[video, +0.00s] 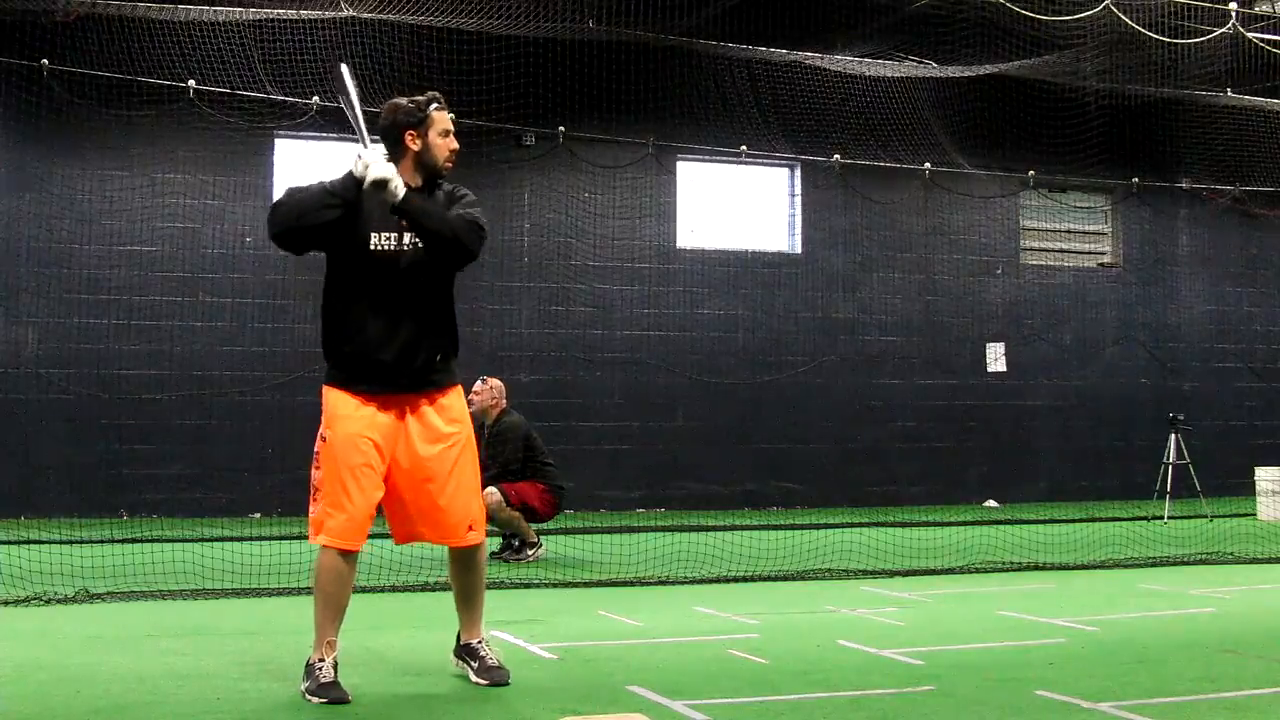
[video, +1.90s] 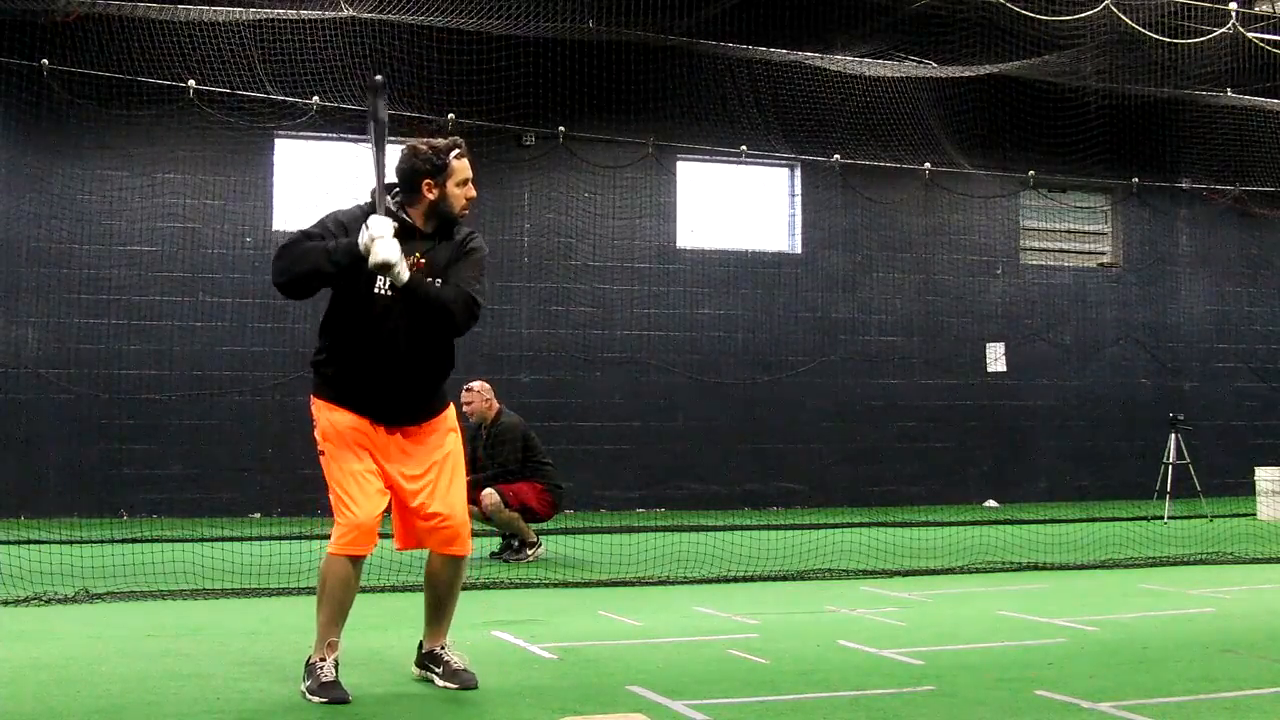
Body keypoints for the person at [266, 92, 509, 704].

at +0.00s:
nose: (456, 143)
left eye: (455, 134)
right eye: (448, 134)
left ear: (421, 139)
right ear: (412, 139)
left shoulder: (453, 199)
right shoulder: (350, 200)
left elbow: (465, 243)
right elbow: (282, 223)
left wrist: (395, 191)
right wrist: (358, 184)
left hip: (436, 393)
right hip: (356, 393)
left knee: (467, 527)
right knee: (342, 532)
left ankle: (472, 641)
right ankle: (323, 658)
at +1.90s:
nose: (472, 192)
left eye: (473, 182)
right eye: (464, 183)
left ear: (440, 187)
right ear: (429, 187)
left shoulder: (462, 244)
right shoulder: (360, 222)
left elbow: (460, 313)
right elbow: (287, 272)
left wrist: (406, 275)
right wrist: (358, 245)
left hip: (428, 416)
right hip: (349, 411)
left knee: (451, 532)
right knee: (358, 525)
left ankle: (434, 650)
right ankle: (323, 659)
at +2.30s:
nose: (486, 216)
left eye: (486, 205)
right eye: (476, 206)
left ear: (450, 208)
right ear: (439, 209)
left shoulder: (474, 264)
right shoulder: (376, 234)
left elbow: (442, 338)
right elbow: (285, 255)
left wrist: (354, 320)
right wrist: (322, 273)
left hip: (449, 409)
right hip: (365, 416)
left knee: (519, 494)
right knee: (356, 530)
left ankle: (511, 619)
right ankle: (325, 659)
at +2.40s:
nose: (494, 225)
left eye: (494, 213)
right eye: (484, 215)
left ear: (471, 215)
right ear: (446, 218)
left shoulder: (484, 275)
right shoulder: (386, 244)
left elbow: (430, 331)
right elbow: (292, 240)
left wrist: (346, 292)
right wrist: (328, 244)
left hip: (470, 418)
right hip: (385, 423)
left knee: (541, 515)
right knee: (366, 533)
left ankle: (548, 641)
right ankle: (324, 658)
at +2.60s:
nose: (512, 232)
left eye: (512, 222)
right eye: (503, 225)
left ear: (497, 218)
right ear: (468, 226)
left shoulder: (499, 249)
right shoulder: (430, 282)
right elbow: (453, 374)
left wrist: (552, 346)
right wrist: (519, 374)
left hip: (484, 420)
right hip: (434, 427)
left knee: (530, 523)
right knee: (450, 557)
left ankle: (558, 648)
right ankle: (324, 637)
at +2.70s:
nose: (520, 229)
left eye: (519, 221)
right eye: (513, 223)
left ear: (466, 217)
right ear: (484, 226)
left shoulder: (447, 232)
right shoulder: (454, 273)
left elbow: (536, 260)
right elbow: (541, 311)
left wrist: (601, 279)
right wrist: (613, 301)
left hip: (471, 408)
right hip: (437, 419)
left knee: (510, 532)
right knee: (450, 554)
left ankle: (555, 647)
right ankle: (321, 637)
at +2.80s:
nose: (534, 211)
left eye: (532, 201)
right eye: (529, 205)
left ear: (470, 206)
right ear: (509, 218)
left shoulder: (417, 231)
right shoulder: (517, 267)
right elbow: (545, 230)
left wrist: (513, 206)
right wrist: (544, 198)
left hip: (476, 413)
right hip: (445, 423)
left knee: (520, 524)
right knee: (444, 559)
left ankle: (560, 648)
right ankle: (309, 641)